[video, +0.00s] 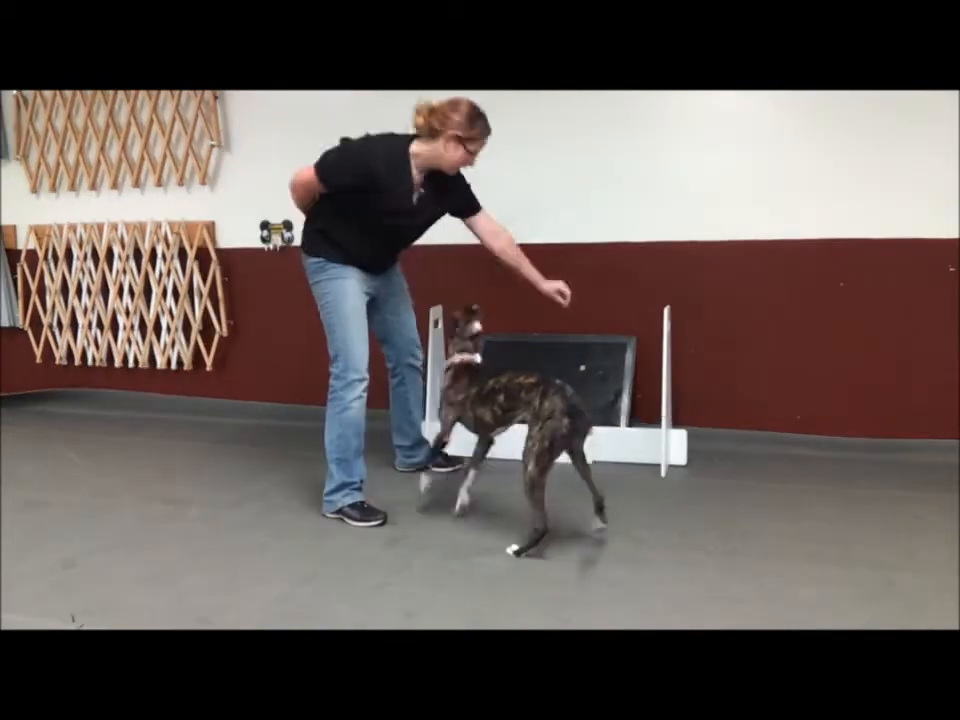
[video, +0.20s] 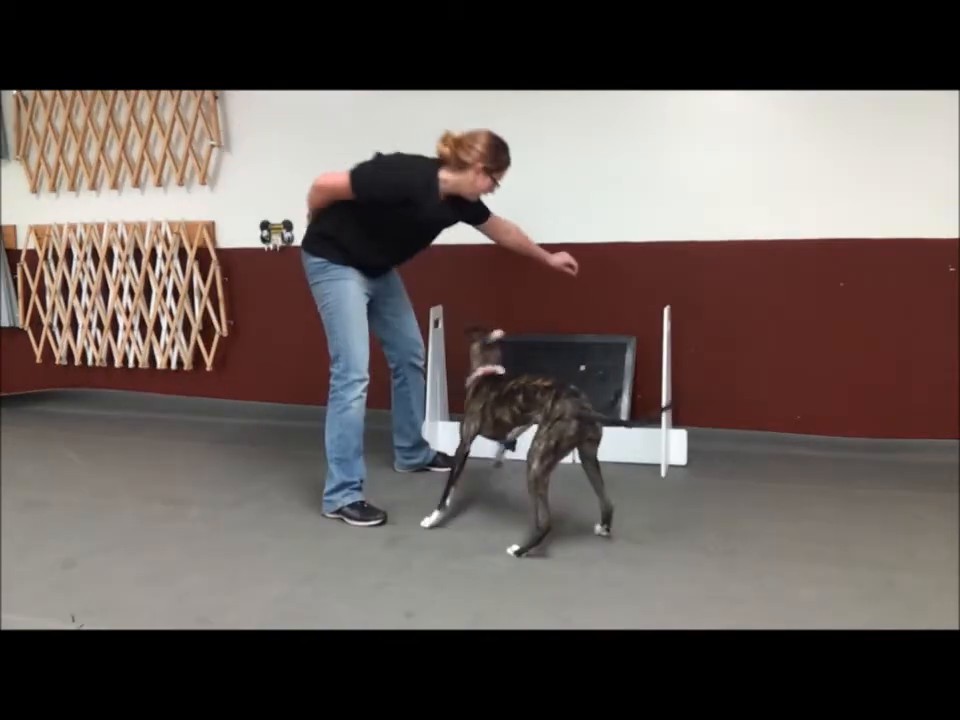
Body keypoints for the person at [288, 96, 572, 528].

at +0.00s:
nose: (472, 161)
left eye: (476, 153)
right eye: (469, 150)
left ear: (453, 142)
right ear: (446, 138)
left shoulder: (449, 183)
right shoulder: (371, 155)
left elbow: (493, 235)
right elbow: (301, 184)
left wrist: (540, 282)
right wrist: (321, 223)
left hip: (383, 266)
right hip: (334, 262)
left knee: (407, 357)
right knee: (352, 370)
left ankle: (413, 453)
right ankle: (343, 495)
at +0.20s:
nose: (494, 186)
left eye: (497, 179)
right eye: (492, 177)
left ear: (473, 169)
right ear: (471, 165)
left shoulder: (460, 200)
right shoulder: (405, 175)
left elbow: (501, 231)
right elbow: (322, 185)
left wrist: (548, 258)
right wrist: (316, 221)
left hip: (378, 268)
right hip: (334, 260)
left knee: (409, 357)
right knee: (352, 373)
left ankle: (412, 454)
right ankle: (342, 495)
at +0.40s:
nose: (512, 207)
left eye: (515, 200)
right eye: (512, 198)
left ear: (494, 190)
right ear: (495, 188)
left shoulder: (473, 216)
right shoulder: (445, 191)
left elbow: (508, 238)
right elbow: (377, 190)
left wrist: (552, 261)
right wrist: (328, 212)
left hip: (388, 270)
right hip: (353, 259)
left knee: (417, 354)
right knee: (360, 371)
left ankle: (413, 454)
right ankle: (338, 493)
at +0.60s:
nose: (507, 201)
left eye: (511, 196)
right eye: (509, 192)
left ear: (493, 181)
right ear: (497, 181)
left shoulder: (469, 203)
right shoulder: (467, 186)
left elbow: (493, 230)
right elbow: (406, 194)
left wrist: (529, 249)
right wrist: (345, 237)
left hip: (396, 263)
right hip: (379, 257)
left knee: (424, 351)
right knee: (388, 363)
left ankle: (415, 453)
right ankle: (332, 478)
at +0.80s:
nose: (504, 171)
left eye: (507, 164)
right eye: (505, 162)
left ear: (484, 151)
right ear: (492, 151)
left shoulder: (454, 168)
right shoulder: (460, 166)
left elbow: (458, 213)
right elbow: (406, 204)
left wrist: (498, 235)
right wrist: (426, 279)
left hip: (380, 251)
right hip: (381, 252)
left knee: (424, 350)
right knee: (440, 348)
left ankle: (418, 454)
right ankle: (380, 448)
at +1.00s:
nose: (506, 188)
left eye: (510, 182)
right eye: (507, 179)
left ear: (486, 167)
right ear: (489, 169)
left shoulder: (450, 177)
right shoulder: (453, 189)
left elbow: (431, 252)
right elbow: (430, 262)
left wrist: (472, 292)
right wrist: (479, 301)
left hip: (376, 261)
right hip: (365, 264)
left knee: (424, 350)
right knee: (434, 350)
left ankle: (416, 454)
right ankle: (379, 421)